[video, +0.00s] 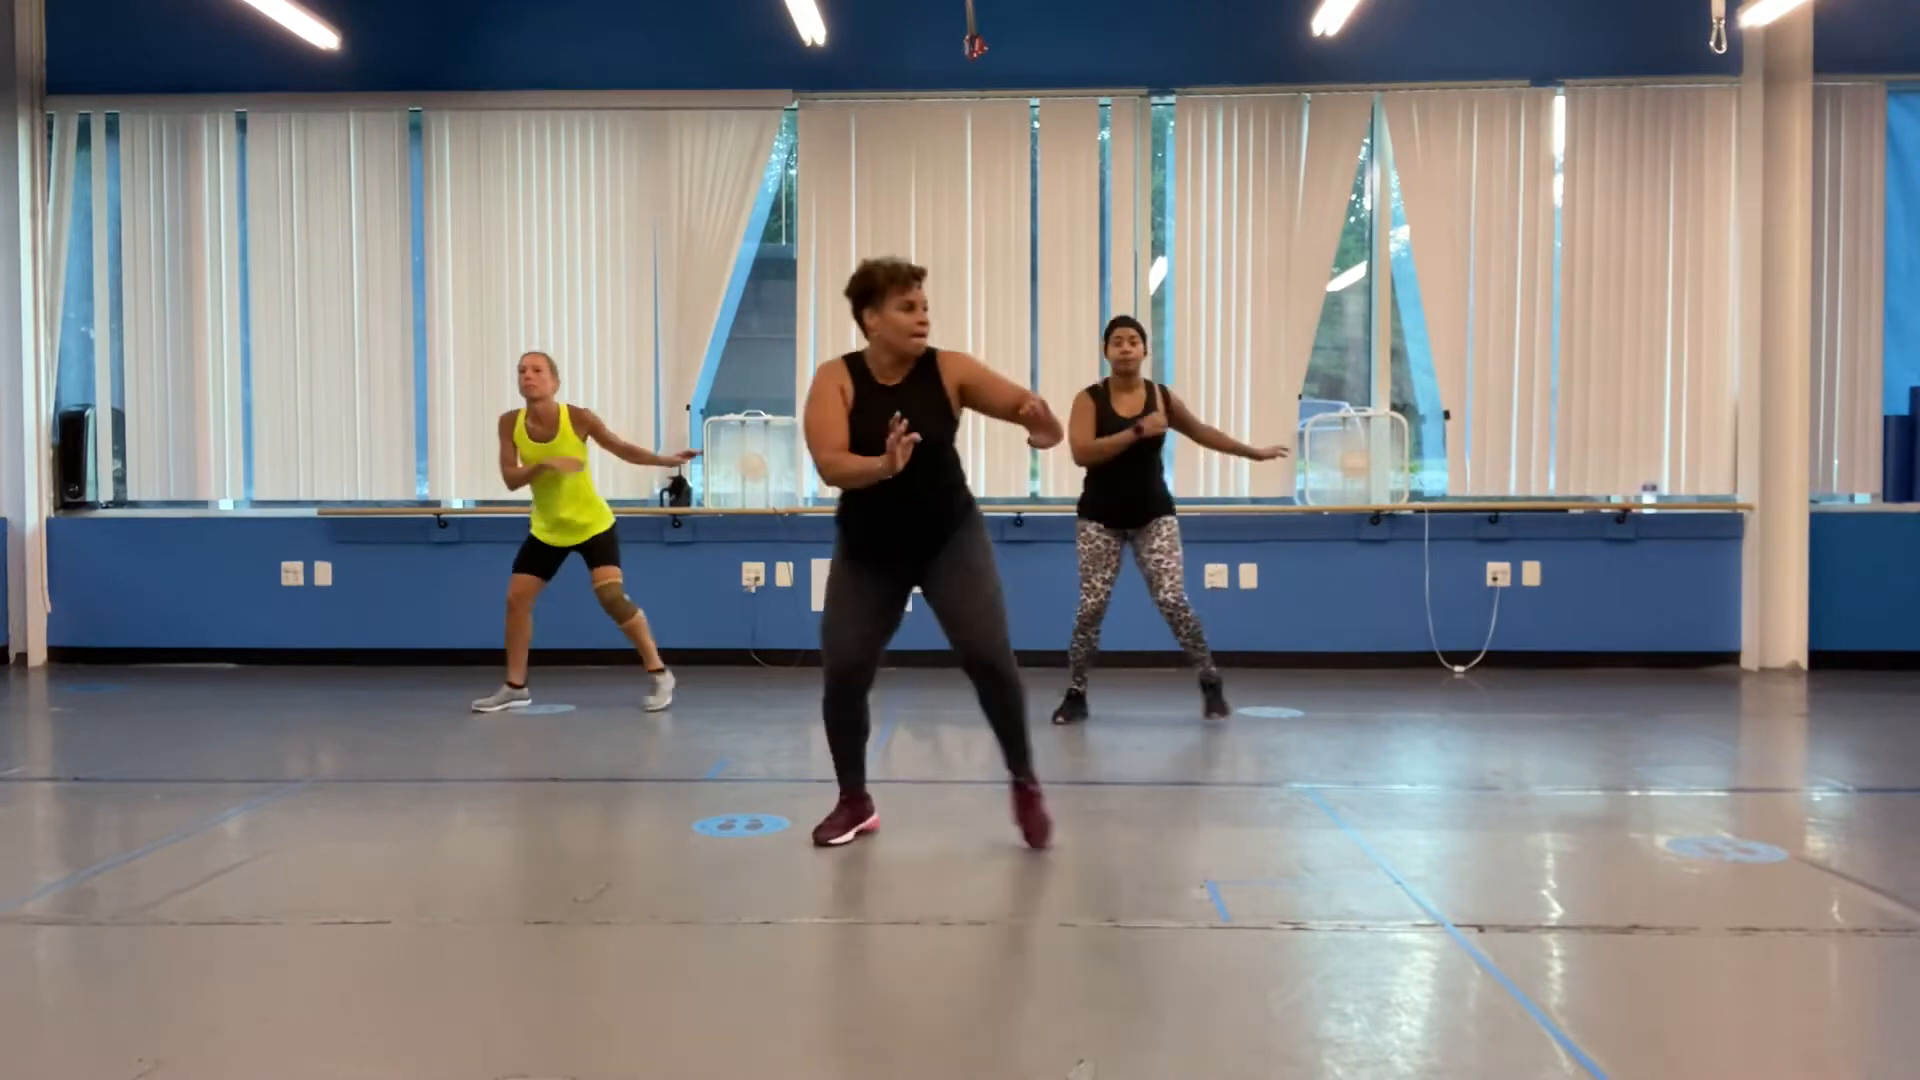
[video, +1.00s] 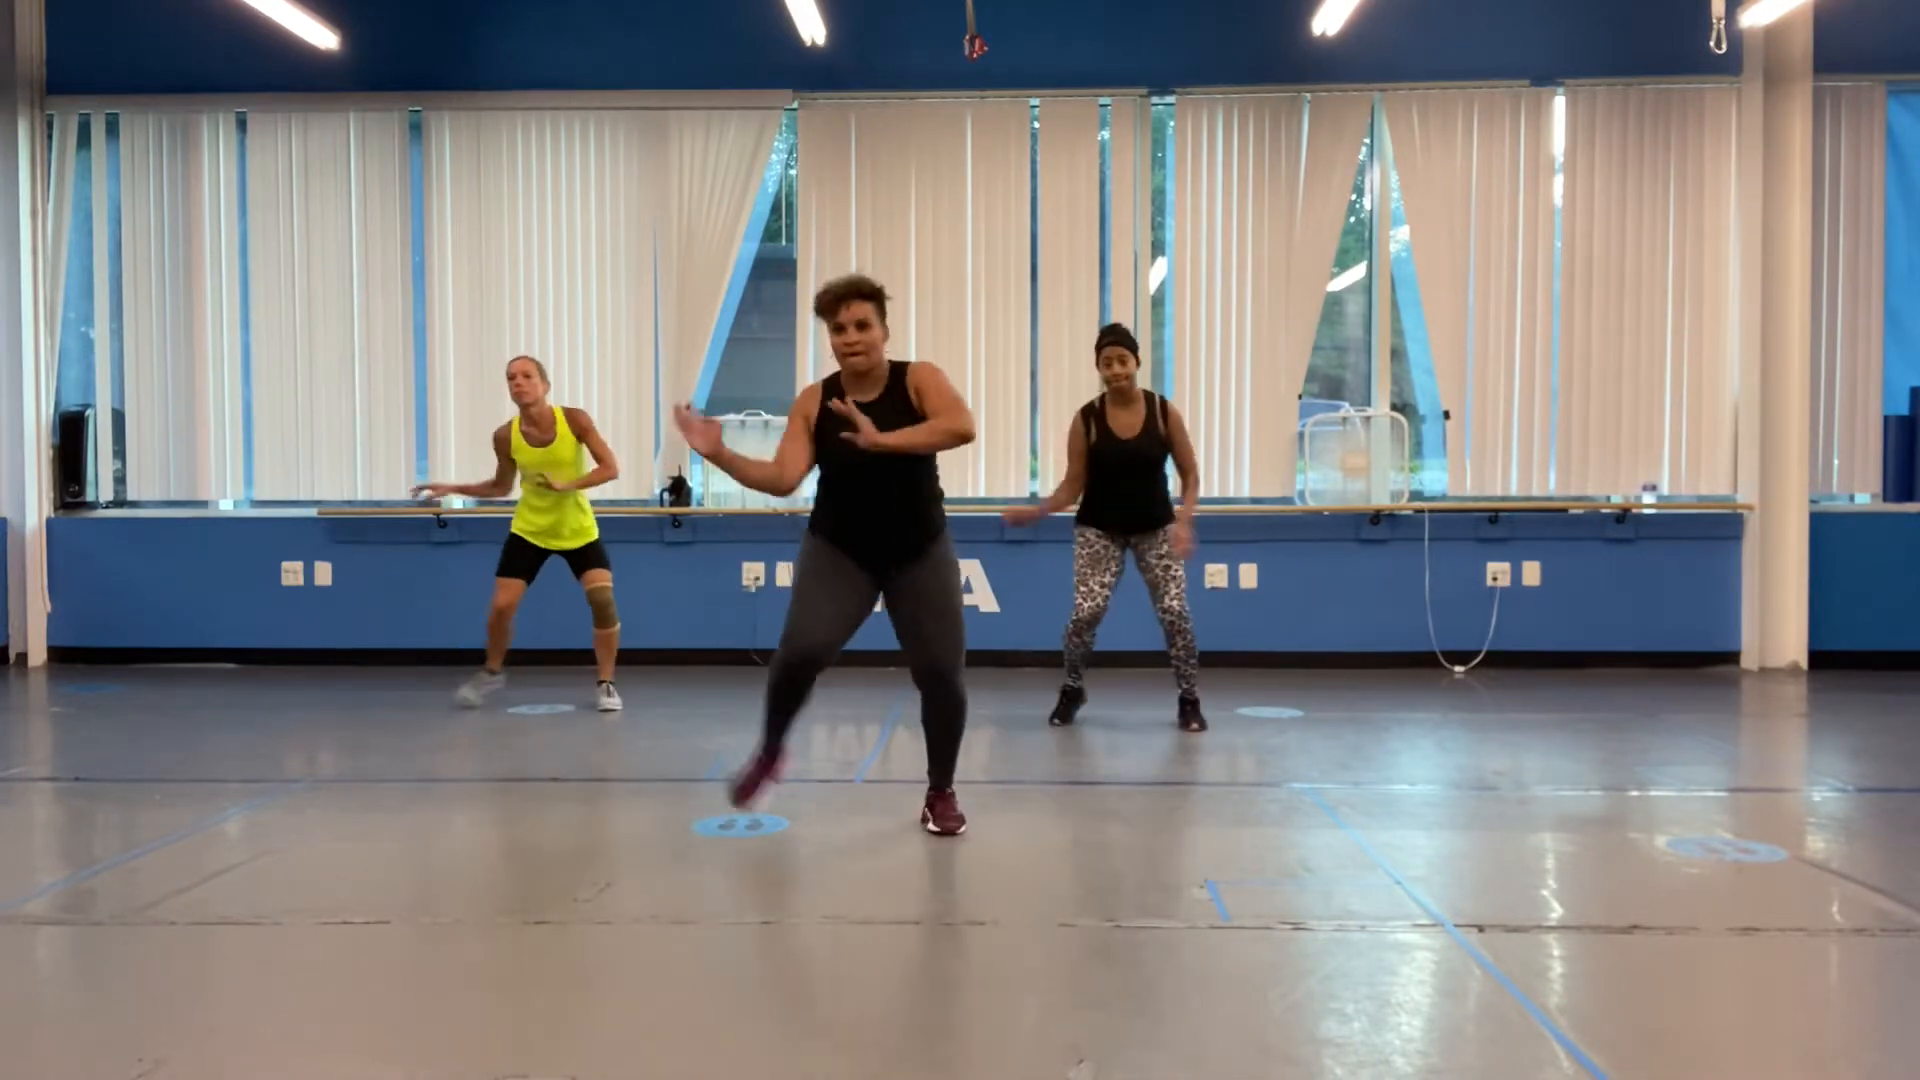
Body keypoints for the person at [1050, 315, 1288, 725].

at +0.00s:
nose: (1126, 348)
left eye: (1133, 342)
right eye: (1118, 342)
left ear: (1145, 351)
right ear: (1105, 352)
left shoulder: (1161, 398)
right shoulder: (1088, 400)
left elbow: (1201, 433)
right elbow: (1081, 453)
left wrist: (1252, 453)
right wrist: (1135, 432)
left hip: (1153, 517)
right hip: (1099, 519)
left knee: (1171, 601)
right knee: (1091, 607)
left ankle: (1211, 684)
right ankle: (1075, 694)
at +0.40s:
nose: (1074, 352)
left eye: (1082, 346)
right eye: (1067, 345)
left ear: (1093, 356)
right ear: (1054, 354)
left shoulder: (1109, 400)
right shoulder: (1035, 404)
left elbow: (1160, 431)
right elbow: (1027, 461)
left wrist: (1216, 451)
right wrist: (1073, 429)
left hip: (1113, 517)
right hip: (1060, 521)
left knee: (1134, 606)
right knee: (1045, 607)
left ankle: (1183, 674)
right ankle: (1029, 695)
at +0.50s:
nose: (1067, 363)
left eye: (1075, 356)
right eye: (1059, 356)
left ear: (1085, 365)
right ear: (1047, 363)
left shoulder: (1103, 414)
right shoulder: (1028, 417)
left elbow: (1145, 462)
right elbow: (1005, 479)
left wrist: (1194, 498)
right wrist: (1055, 473)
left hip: (1106, 528)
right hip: (1051, 532)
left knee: (1121, 613)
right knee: (1039, 612)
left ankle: (1160, 656)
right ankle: (1028, 695)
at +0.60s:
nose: (1067, 361)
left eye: (1075, 355)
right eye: (1059, 356)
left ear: (1087, 363)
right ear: (1049, 365)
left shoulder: (1106, 414)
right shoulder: (1030, 417)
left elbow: (1129, 479)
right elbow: (995, 472)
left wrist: (1139, 536)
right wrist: (1011, 517)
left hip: (1105, 530)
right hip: (1050, 531)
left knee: (1125, 615)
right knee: (1041, 612)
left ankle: (1144, 689)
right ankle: (1027, 694)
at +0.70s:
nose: (1076, 357)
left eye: (1083, 350)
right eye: (1068, 351)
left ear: (1097, 357)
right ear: (1058, 361)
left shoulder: (1117, 406)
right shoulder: (1043, 411)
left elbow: (1127, 474)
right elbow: (1000, 456)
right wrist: (973, 500)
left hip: (1113, 520)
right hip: (1059, 522)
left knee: (1138, 607)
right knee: (1050, 610)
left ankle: (1151, 678)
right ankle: (1026, 693)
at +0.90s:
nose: (1106, 365)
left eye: (1113, 356)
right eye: (1098, 359)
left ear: (1127, 359)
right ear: (1089, 367)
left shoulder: (1156, 408)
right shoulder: (1078, 416)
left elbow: (1172, 469)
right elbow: (1048, 472)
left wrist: (1122, 495)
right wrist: (999, 472)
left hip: (1146, 524)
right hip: (1091, 522)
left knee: (1166, 608)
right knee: (1078, 604)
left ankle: (1187, 699)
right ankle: (1034, 677)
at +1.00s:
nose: (1117, 369)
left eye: (1123, 360)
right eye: (1108, 362)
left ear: (1137, 363)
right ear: (1098, 368)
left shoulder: (1163, 413)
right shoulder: (1086, 419)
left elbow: (1189, 471)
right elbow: (1074, 483)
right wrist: (1040, 510)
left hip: (1154, 528)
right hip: (1098, 530)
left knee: (1174, 612)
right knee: (1087, 612)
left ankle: (1189, 700)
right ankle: (1071, 689)